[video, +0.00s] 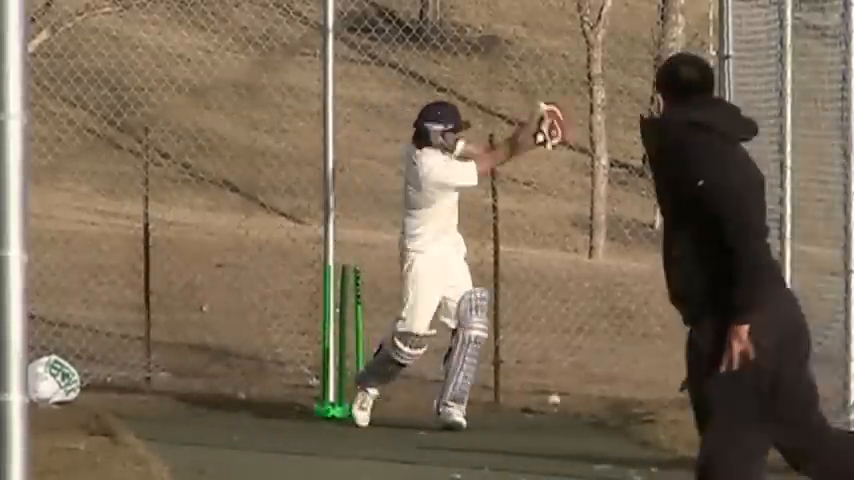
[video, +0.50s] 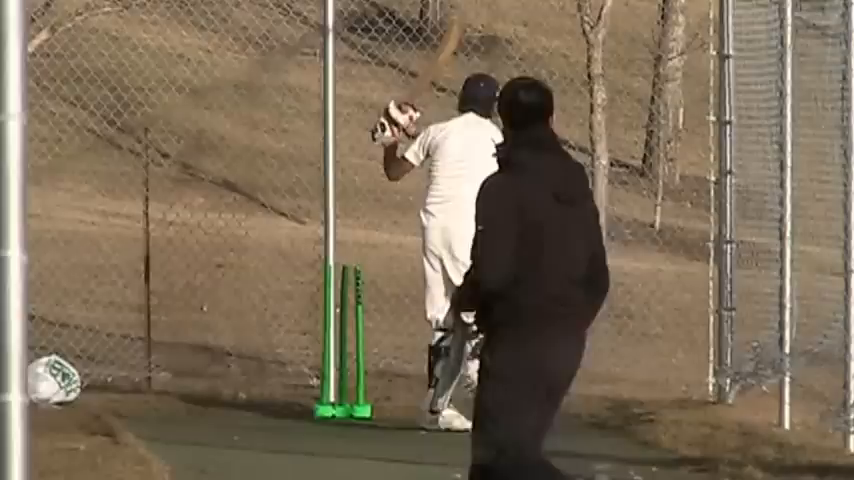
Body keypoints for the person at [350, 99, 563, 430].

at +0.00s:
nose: (456, 139)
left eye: (456, 133)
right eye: (451, 134)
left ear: (435, 133)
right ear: (434, 135)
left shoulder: (435, 152)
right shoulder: (429, 165)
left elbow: (478, 153)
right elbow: (485, 166)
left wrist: (521, 140)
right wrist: (524, 139)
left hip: (450, 251)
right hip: (423, 255)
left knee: (470, 326)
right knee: (412, 339)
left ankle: (451, 406)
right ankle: (368, 386)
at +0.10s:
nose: (482, 122)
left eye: (481, 115)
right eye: (478, 115)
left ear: (447, 116)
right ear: (465, 117)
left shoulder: (428, 140)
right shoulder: (463, 151)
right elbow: (499, 146)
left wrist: (498, 109)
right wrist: (502, 112)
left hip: (450, 246)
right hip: (431, 247)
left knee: (473, 326)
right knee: (422, 339)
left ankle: (448, 404)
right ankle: (365, 380)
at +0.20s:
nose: (492, 112)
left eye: (491, 107)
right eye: (490, 107)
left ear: (457, 109)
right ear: (482, 110)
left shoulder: (437, 135)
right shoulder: (485, 143)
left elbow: (459, 131)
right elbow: (496, 139)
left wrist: (454, 98)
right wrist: (461, 101)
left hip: (442, 238)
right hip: (444, 240)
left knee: (471, 324)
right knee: (440, 329)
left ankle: (441, 405)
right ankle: (376, 392)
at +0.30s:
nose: (499, 107)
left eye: (498, 102)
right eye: (498, 103)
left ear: (461, 101)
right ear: (492, 105)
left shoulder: (436, 132)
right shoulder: (496, 139)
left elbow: (422, 169)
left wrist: (430, 125)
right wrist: (449, 116)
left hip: (429, 229)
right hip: (455, 232)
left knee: (460, 318)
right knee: (445, 320)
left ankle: (438, 402)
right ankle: (400, 395)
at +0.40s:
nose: (498, 108)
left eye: (496, 102)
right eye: (497, 103)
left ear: (461, 101)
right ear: (493, 105)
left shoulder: (436, 132)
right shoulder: (498, 139)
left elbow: (401, 174)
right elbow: (516, 177)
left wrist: (404, 139)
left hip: (428, 223)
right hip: (461, 227)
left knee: (441, 319)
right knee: (467, 317)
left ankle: (437, 407)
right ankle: (436, 389)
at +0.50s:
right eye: (493, 103)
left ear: (460, 102)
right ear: (493, 106)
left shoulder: (438, 132)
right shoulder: (501, 138)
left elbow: (394, 171)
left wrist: (392, 140)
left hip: (435, 227)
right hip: (477, 231)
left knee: (440, 317)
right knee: (476, 313)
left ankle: (437, 400)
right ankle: (473, 371)